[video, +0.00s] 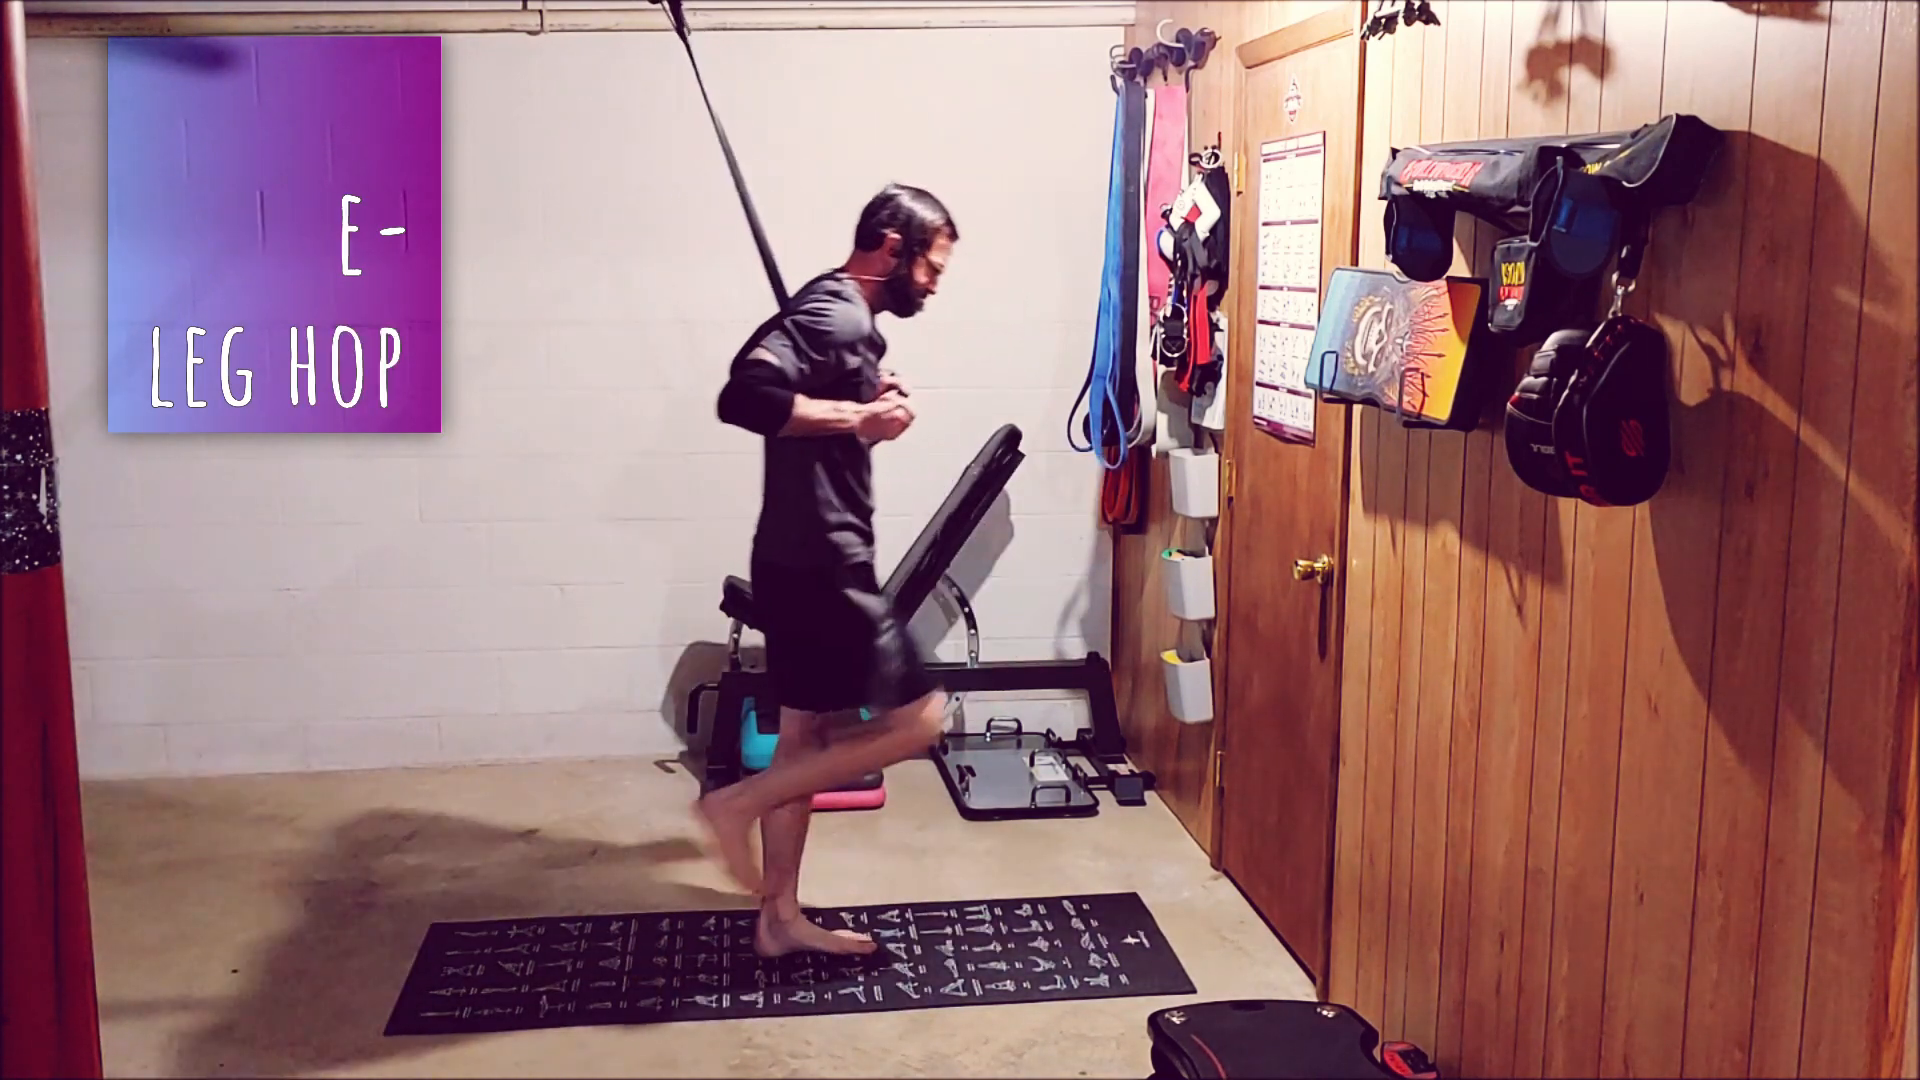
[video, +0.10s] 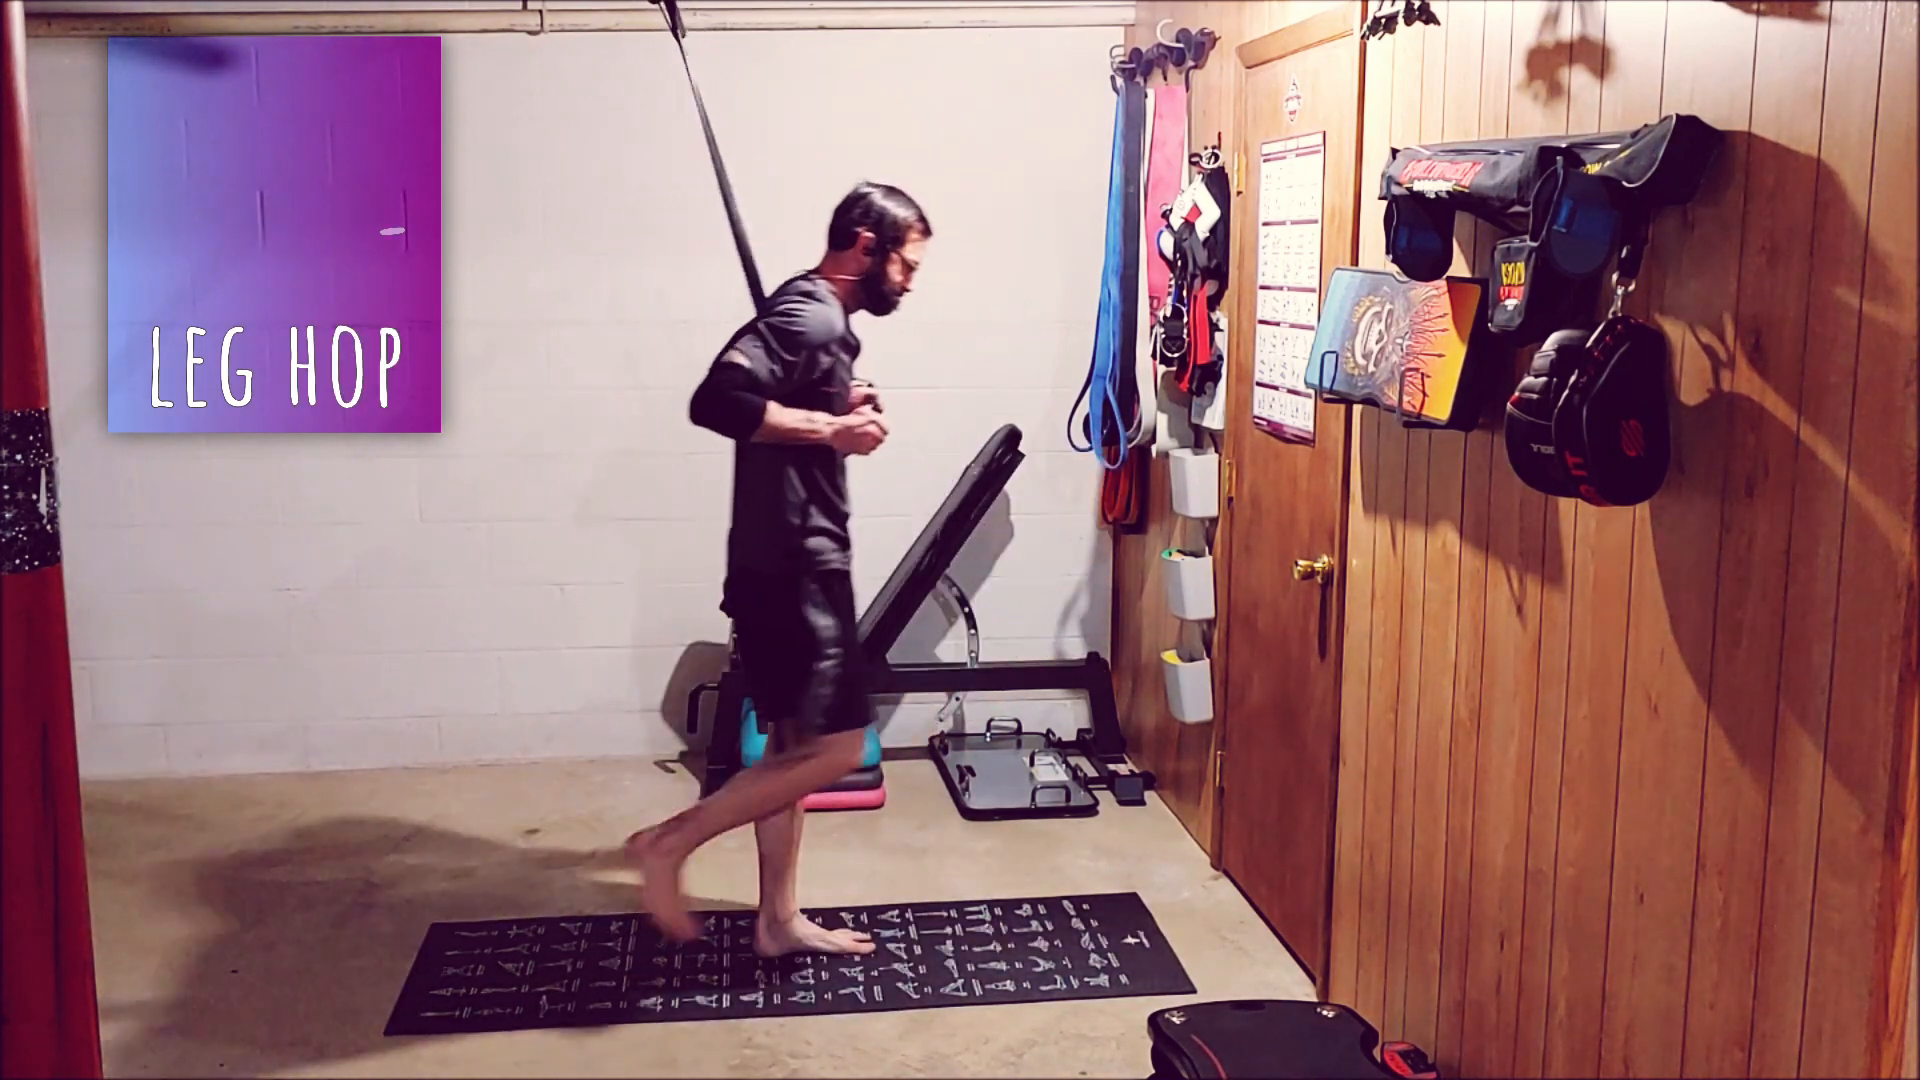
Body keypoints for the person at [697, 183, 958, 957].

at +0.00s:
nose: (936, 283)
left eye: (941, 269)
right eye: (933, 265)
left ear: (887, 251)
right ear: (889, 249)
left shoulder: (852, 316)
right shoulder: (829, 307)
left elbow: (795, 407)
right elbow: (745, 396)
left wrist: (870, 397)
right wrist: (858, 417)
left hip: (819, 553)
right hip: (819, 557)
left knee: (803, 733)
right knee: (920, 717)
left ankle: (780, 917)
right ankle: (735, 805)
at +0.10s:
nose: (910, 282)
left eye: (915, 267)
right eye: (907, 264)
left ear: (860, 249)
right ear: (862, 246)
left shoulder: (825, 316)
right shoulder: (806, 311)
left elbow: (780, 408)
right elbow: (716, 400)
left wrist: (847, 402)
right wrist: (832, 427)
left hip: (798, 559)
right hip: (793, 562)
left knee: (793, 741)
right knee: (840, 745)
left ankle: (780, 921)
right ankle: (665, 845)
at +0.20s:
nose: (885, 282)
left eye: (890, 266)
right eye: (882, 264)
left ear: (835, 248)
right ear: (837, 246)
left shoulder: (798, 320)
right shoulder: (777, 317)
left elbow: (747, 413)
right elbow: (689, 406)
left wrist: (814, 410)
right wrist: (802, 435)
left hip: (785, 564)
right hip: (759, 566)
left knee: (778, 744)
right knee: (761, 753)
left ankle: (780, 916)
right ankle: (611, 889)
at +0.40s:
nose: (835, 287)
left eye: (838, 272)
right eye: (831, 270)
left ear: (787, 256)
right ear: (784, 254)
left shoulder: (753, 329)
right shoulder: (719, 323)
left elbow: (697, 422)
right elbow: (625, 418)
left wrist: (759, 425)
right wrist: (740, 450)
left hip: (732, 577)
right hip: (683, 579)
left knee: (757, 738)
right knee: (663, 753)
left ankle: (778, 919)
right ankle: (565, 922)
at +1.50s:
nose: (940, 303)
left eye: (944, 289)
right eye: (936, 287)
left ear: (891, 277)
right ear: (891, 275)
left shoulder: (847, 343)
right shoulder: (825, 334)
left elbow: (758, 405)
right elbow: (725, 398)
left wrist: (838, 426)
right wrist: (822, 437)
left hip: (786, 572)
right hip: (755, 571)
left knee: (781, 748)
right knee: (761, 758)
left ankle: (703, 915)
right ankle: (606, 889)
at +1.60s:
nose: (974, 301)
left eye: (978, 286)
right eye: (969, 284)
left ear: (920, 274)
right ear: (925, 271)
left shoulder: (875, 335)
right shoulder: (863, 327)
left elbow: (778, 392)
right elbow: (756, 389)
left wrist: (873, 415)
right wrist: (859, 422)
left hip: (805, 574)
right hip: (793, 576)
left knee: (787, 743)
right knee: (849, 747)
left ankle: (704, 909)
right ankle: (691, 863)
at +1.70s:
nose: (1007, 296)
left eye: (1011, 281)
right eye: (1003, 279)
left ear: (951, 266)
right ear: (960, 266)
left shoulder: (899, 314)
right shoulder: (899, 319)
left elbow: (802, 341)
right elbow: (786, 376)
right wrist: (890, 407)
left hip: (826, 554)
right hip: (843, 560)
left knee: (791, 732)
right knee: (912, 730)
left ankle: (708, 901)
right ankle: (791, 879)